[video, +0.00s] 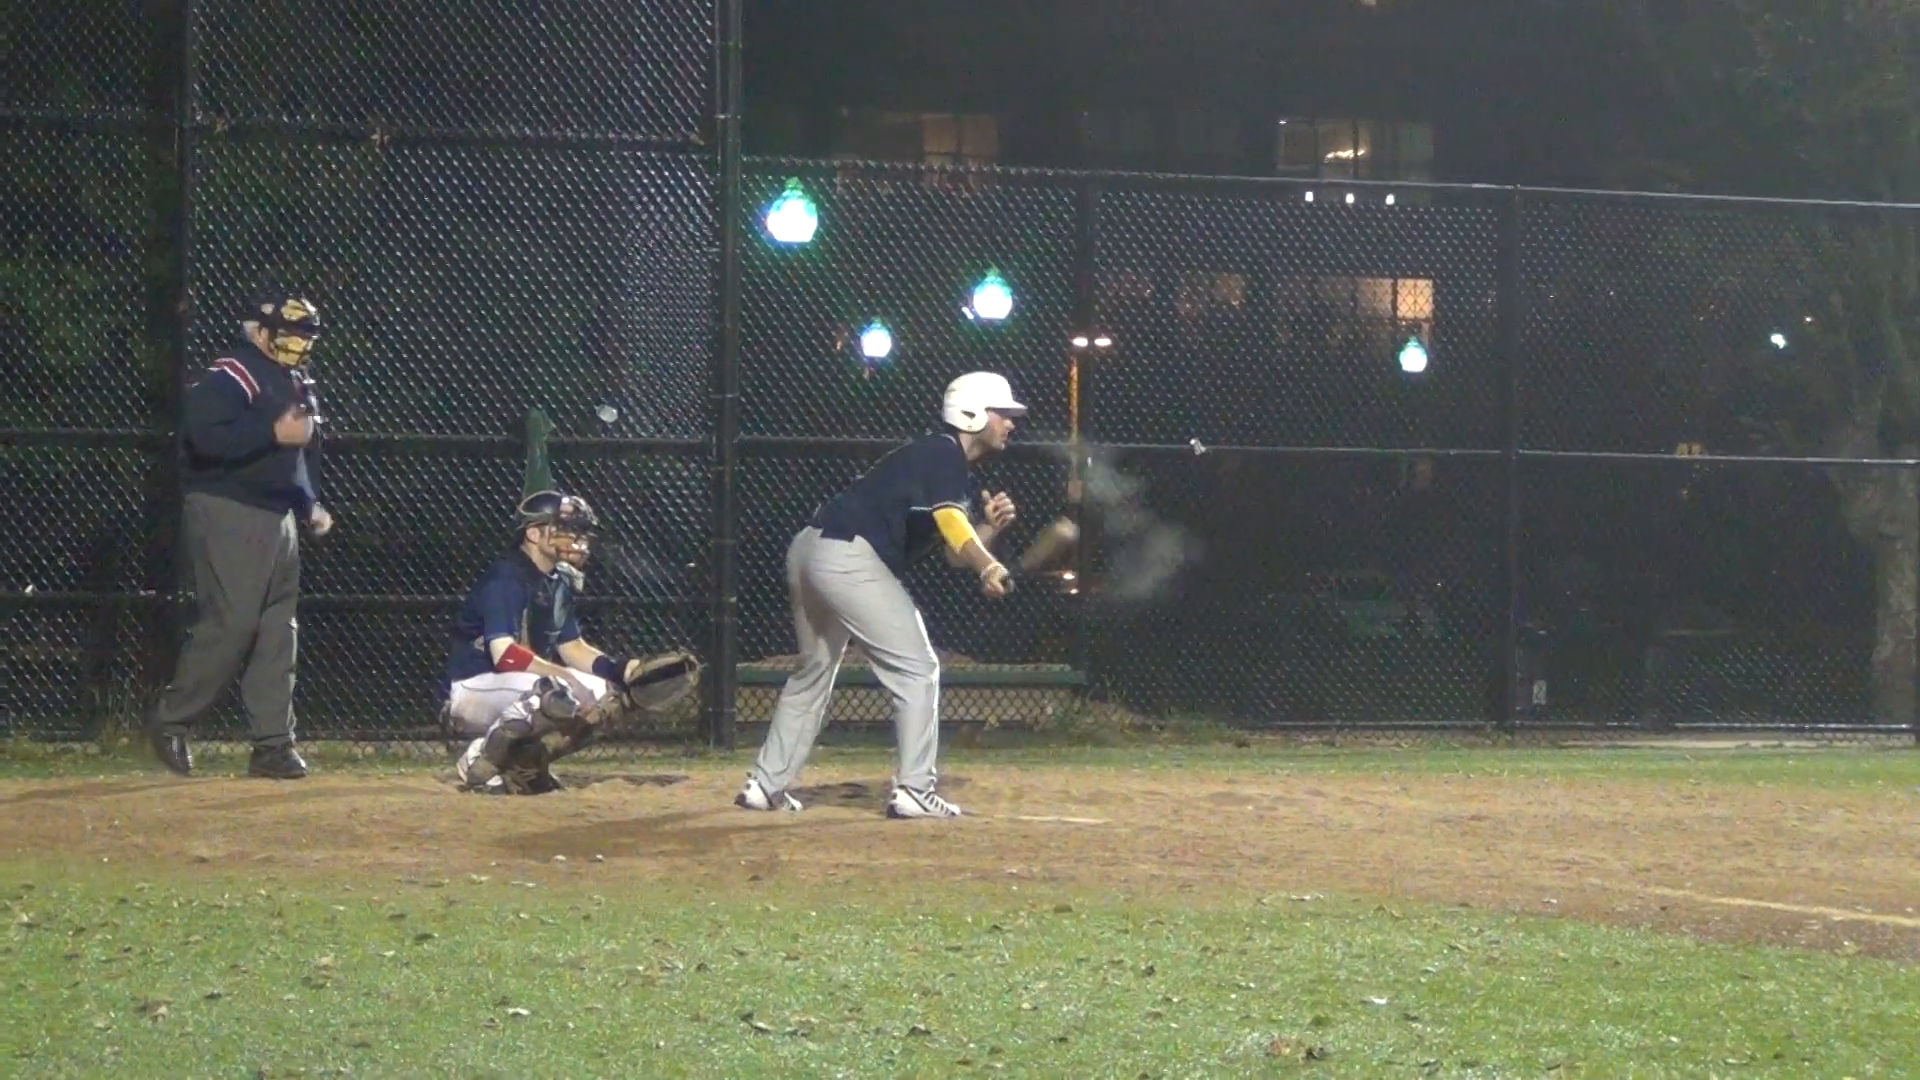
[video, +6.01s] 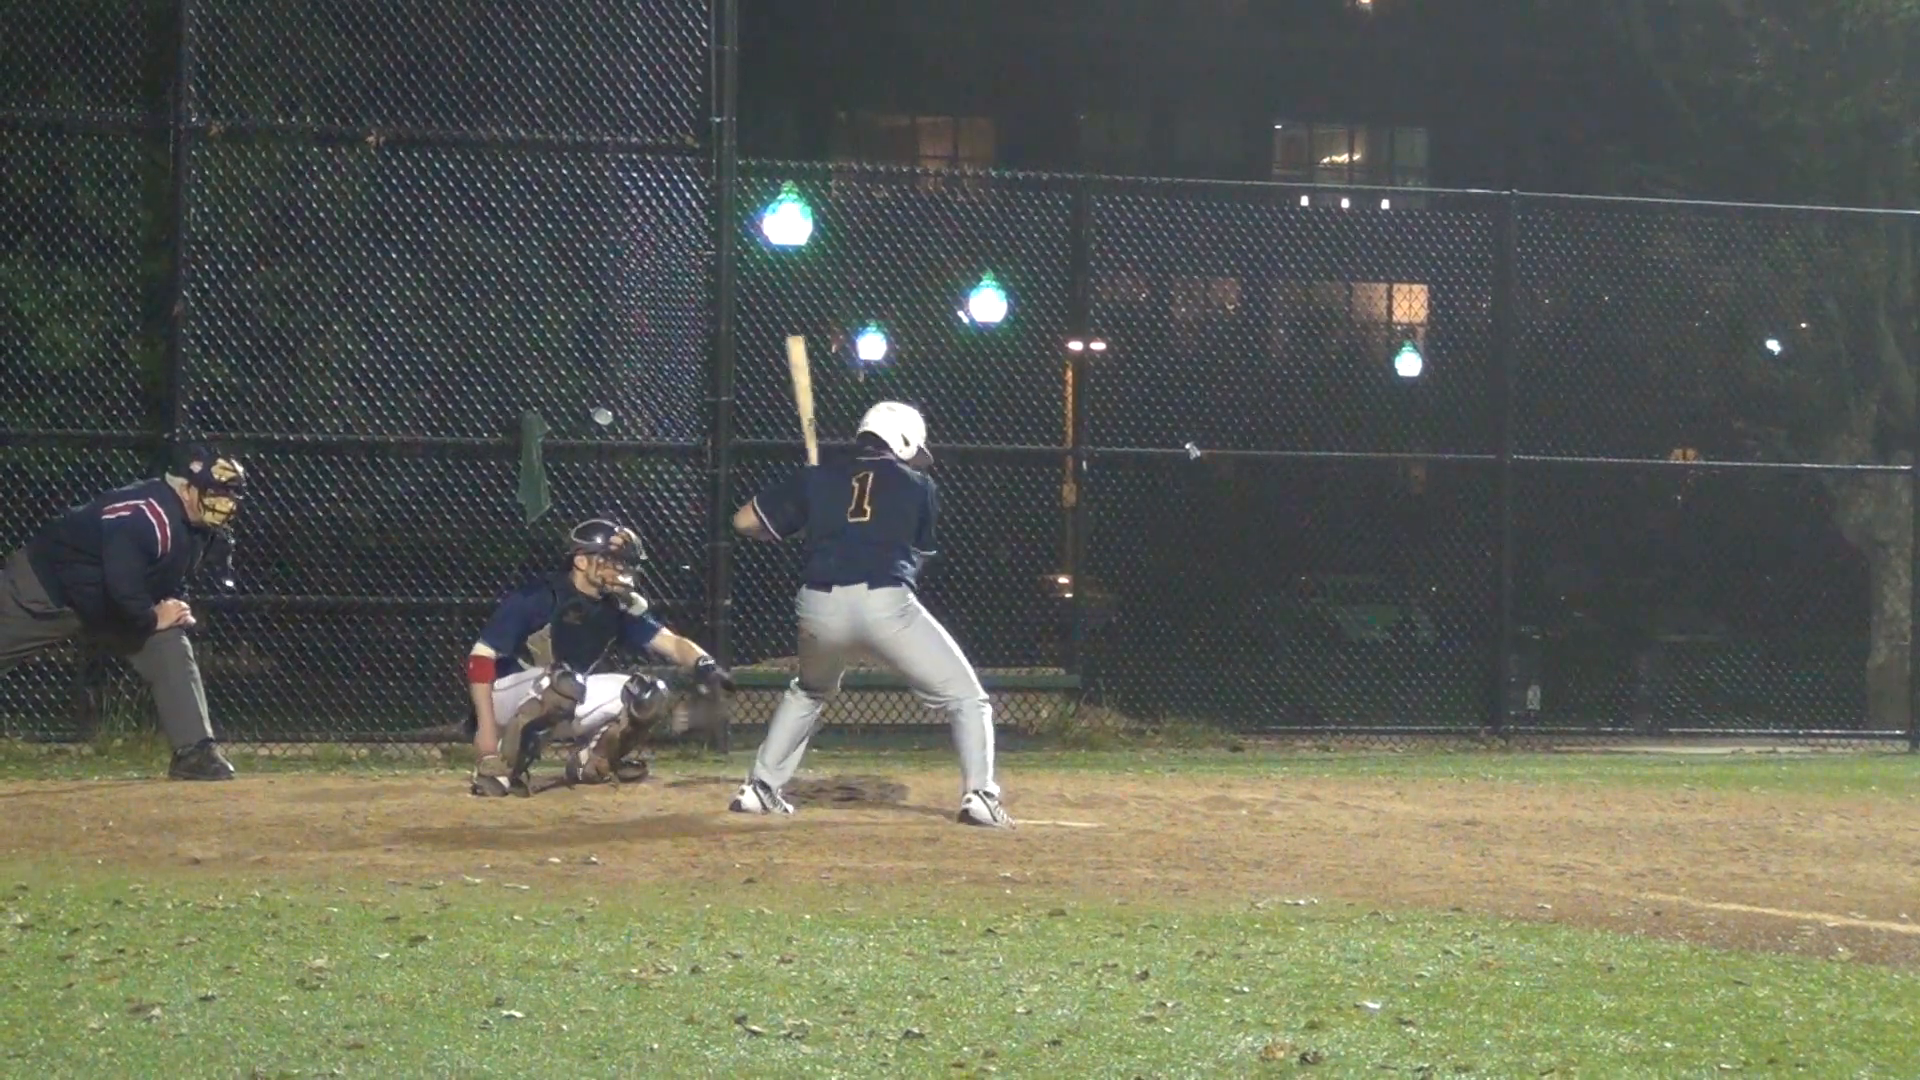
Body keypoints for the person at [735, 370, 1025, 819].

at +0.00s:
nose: (1012, 424)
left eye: (1011, 416)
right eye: (1003, 415)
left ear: (970, 419)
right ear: (974, 417)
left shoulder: (925, 454)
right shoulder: (945, 455)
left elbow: (955, 554)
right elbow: (953, 527)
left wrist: (988, 529)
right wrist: (988, 564)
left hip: (807, 546)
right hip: (847, 553)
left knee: (814, 670)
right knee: (918, 669)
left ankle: (765, 784)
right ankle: (915, 791)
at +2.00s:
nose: (928, 411)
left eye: (929, 402)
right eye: (921, 401)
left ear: (885, 404)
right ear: (892, 400)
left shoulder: (851, 444)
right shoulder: (884, 443)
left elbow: (890, 551)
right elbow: (900, 524)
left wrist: (951, 590)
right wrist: (949, 589)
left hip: (773, 564)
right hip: (817, 565)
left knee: (801, 679)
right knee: (891, 676)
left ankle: (747, 790)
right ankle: (897, 792)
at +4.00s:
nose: (889, 409)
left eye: (888, 400)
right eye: (882, 400)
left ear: (834, 401)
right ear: (857, 403)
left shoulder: (788, 441)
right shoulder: (872, 452)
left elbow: (815, 493)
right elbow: (916, 515)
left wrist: (872, 460)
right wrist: (896, 467)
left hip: (761, 584)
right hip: (820, 585)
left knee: (792, 683)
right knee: (898, 691)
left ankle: (751, 790)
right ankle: (906, 794)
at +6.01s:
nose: (918, 461)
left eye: (918, 455)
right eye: (916, 453)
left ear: (862, 435)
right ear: (903, 444)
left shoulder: (819, 473)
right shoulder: (919, 484)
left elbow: (745, 520)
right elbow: (921, 547)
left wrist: (791, 520)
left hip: (819, 606)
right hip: (888, 604)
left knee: (808, 690)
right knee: (968, 699)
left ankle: (760, 787)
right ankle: (981, 794)